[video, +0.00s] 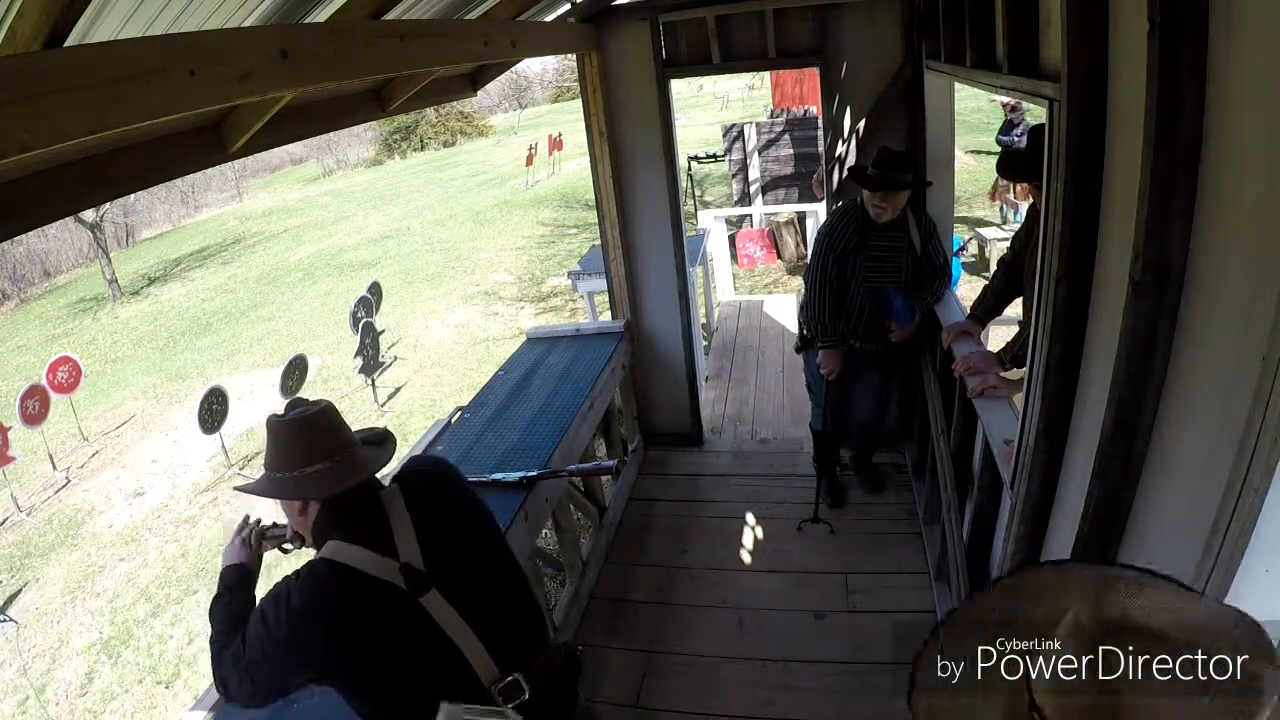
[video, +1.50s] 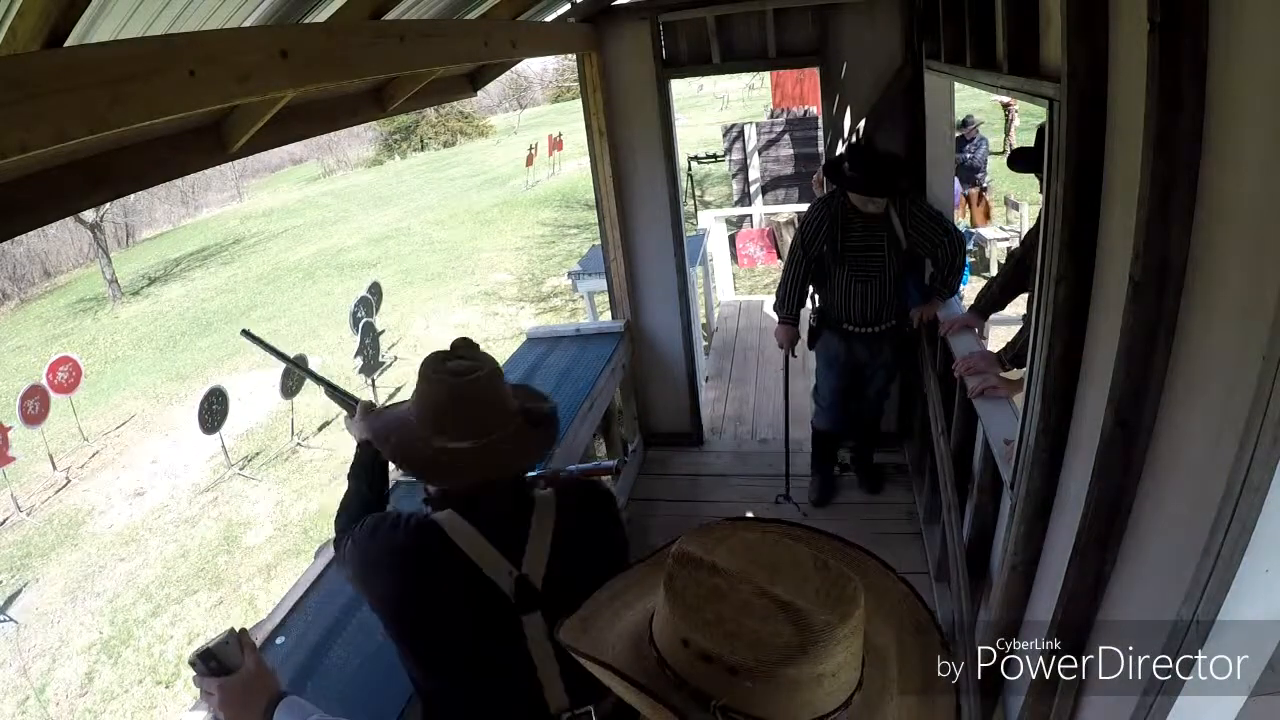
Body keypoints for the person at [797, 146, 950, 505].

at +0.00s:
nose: (880, 199)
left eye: (890, 191)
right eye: (873, 190)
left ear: (908, 193)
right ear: (862, 187)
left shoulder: (921, 227)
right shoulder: (841, 225)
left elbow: (939, 278)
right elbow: (819, 285)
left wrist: (915, 318)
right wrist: (828, 343)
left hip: (886, 341)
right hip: (834, 339)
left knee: (878, 406)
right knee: (829, 411)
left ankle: (864, 460)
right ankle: (827, 473)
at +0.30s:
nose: (867, 192)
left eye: (877, 185)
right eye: (861, 183)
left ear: (897, 186)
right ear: (851, 181)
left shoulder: (912, 224)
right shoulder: (831, 224)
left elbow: (935, 276)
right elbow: (811, 283)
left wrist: (913, 316)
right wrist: (817, 338)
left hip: (884, 338)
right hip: (835, 336)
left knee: (877, 406)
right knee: (830, 411)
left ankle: (865, 461)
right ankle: (827, 473)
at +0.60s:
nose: (849, 175)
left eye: (860, 167)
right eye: (844, 166)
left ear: (882, 170)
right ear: (838, 167)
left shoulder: (905, 215)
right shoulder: (820, 213)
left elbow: (938, 264)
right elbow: (795, 266)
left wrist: (916, 315)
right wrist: (792, 317)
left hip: (882, 333)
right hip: (831, 331)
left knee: (872, 404)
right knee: (829, 404)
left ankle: (865, 462)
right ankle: (826, 473)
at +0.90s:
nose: (838, 174)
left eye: (847, 166)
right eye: (834, 166)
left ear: (871, 166)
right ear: (830, 168)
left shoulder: (898, 206)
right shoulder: (820, 212)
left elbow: (948, 238)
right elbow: (796, 263)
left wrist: (933, 295)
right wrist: (788, 313)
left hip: (883, 330)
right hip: (832, 330)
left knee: (872, 403)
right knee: (832, 404)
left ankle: (865, 460)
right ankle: (826, 471)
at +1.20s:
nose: (842, 181)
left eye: (851, 173)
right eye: (838, 173)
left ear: (872, 171)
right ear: (833, 173)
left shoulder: (900, 208)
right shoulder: (821, 214)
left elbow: (950, 240)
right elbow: (798, 267)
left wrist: (937, 297)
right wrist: (789, 318)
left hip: (886, 331)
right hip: (835, 330)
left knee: (874, 403)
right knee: (833, 403)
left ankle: (865, 460)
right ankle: (826, 470)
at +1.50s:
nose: (872, 203)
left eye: (879, 196)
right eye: (864, 196)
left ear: (890, 189)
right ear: (849, 186)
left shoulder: (909, 212)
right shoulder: (826, 213)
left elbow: (951, 244)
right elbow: (798, 263)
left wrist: (937, 297)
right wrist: (787, 317)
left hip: (888, 333)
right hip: (836, 333)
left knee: (874, 404)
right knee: (829, 405)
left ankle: (865, 462)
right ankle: (823, 474)